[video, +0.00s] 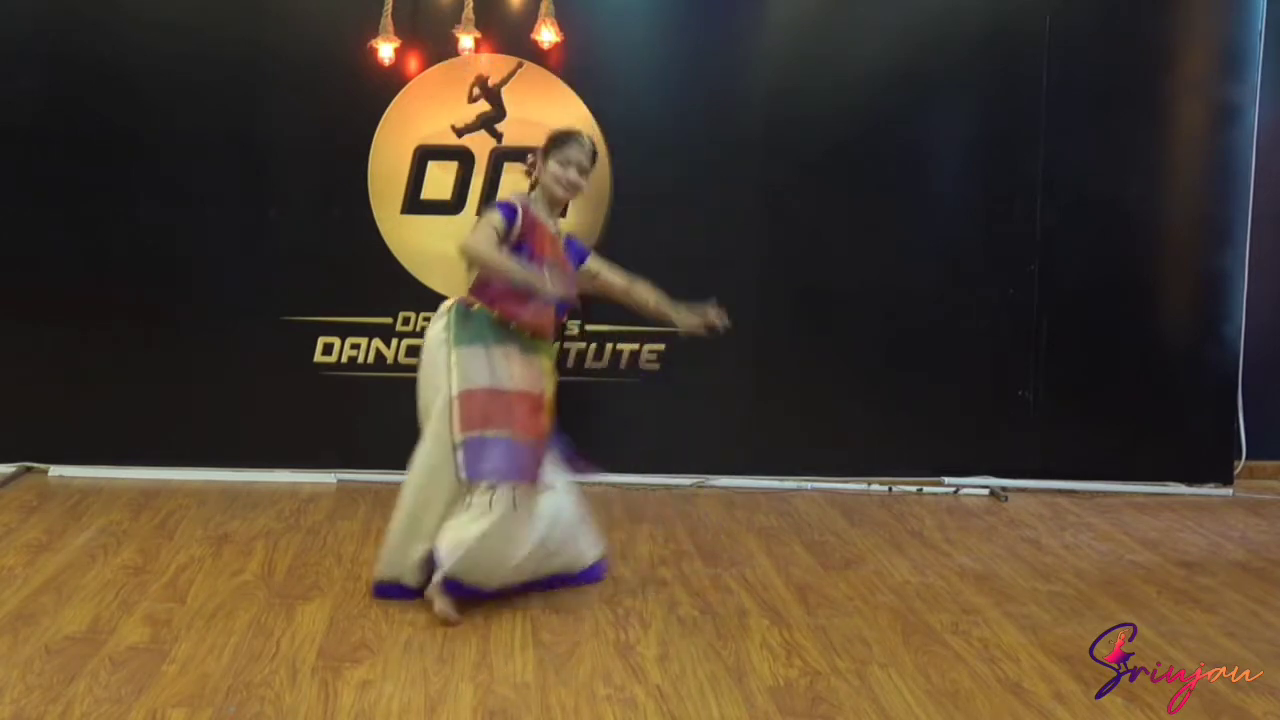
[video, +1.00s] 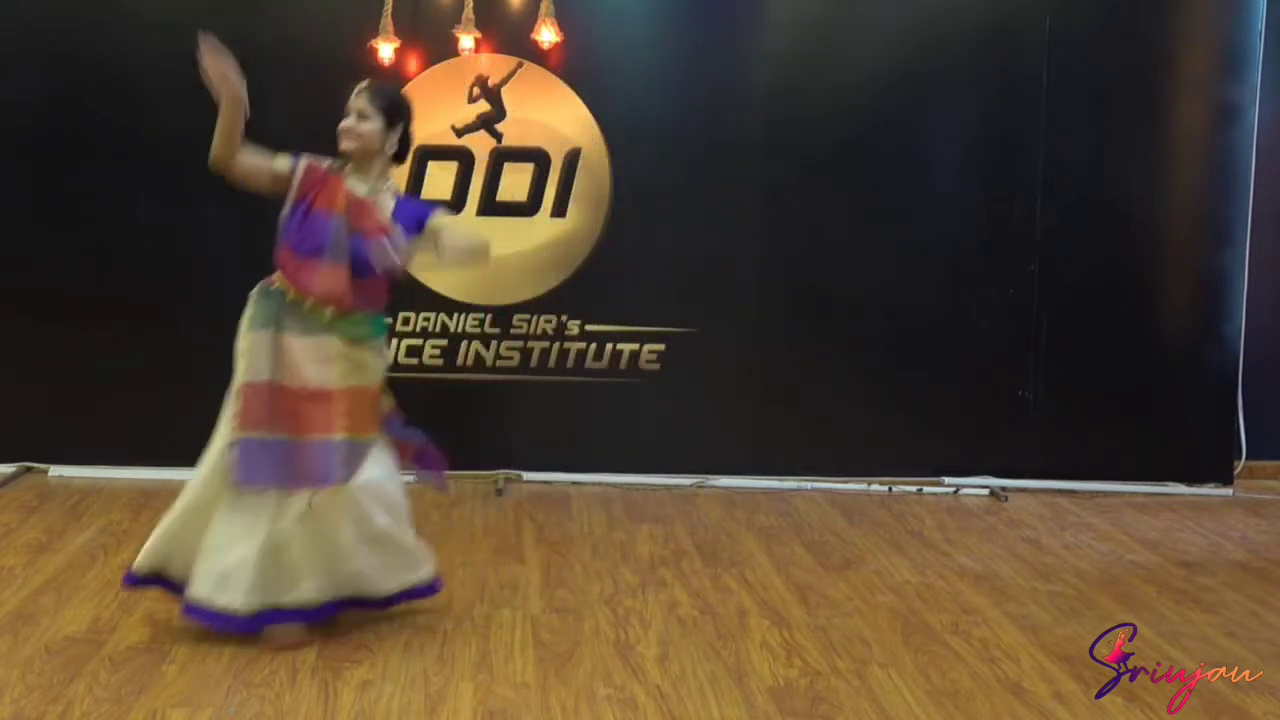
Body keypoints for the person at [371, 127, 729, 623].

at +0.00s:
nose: (573, 177)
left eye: (582, 172)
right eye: (565, 164)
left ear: (587, 183)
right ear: (540, 164)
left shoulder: (566, 249)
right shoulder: (509, 211)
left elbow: (625, 284)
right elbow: (476, 247)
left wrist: (678, 312)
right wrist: (537, 280)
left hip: (522, 354)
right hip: (471, 340)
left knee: (526, 459)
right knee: (493, 458)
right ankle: (444, 569)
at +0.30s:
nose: (561, 202)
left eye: (566, 193)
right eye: (556, 189)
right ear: (520, 177)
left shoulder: (528, 253)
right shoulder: (473, 219)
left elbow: (575, 318)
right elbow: (458, 288)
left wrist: (630, 371)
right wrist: (516, 341)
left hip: (475, 356)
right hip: (429, 344)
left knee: (478, 455)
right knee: (463, 452)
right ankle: (421, 578)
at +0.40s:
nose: (517, 166)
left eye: (524, 157)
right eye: (506, 155)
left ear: (531, 166)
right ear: (478, 156)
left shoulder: (522, 240)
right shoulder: (447, 204)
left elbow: (554, 320)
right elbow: (404, 254)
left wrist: (590, 399)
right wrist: (443, 322)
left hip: (478, 356)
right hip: (420, 345)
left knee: (472, 463)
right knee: (452, 459)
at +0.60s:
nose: (427, 122)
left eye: (439, 112)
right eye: (425, 113)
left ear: (474, 124)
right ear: (424, 124)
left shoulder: (497, 203)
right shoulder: (404, 170)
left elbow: (534, 244)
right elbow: (345, 134)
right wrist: (292, 85)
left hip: (448, 333)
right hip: (382, 324)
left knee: (439, 461)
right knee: (343, 446)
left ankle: (422, 583)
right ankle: (358, 557)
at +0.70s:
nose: (407, 101)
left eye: (421, 94)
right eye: (407, 92)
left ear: (457, 107)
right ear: (404, 102)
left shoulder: (475, 175)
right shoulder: (379, 149)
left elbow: (499, 191)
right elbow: (323, 84)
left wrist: (446, 180)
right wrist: (276, 18)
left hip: (429, 318)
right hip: (358, 309)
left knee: (436, 452)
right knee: (319, 432)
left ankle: (444, 582)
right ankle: (314, 559)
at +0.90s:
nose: (369, 100)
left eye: (383, 93)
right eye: (368, 92)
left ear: (415, 109)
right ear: (363, 105)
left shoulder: (425, 172)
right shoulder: (331, 146)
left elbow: (475, 184)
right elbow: (263, 97)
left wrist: (411, 178)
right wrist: (238, 21)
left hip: (378, 312)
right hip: (308, 302)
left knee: (381, 447)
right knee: (303, 439)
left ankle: (405, 573)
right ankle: (307, 577)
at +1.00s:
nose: (348, 126)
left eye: (363, 118)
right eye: (346, 116)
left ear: (394, 134)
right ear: (341, 127)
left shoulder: (405, 211)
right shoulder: (309, 174)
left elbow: (471, 251)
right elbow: (227, 161)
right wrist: (234, 105)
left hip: (350, 343)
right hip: (281, 332)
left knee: (338, 466)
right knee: (276, 462)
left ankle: (322, 591)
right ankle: (273, 600)